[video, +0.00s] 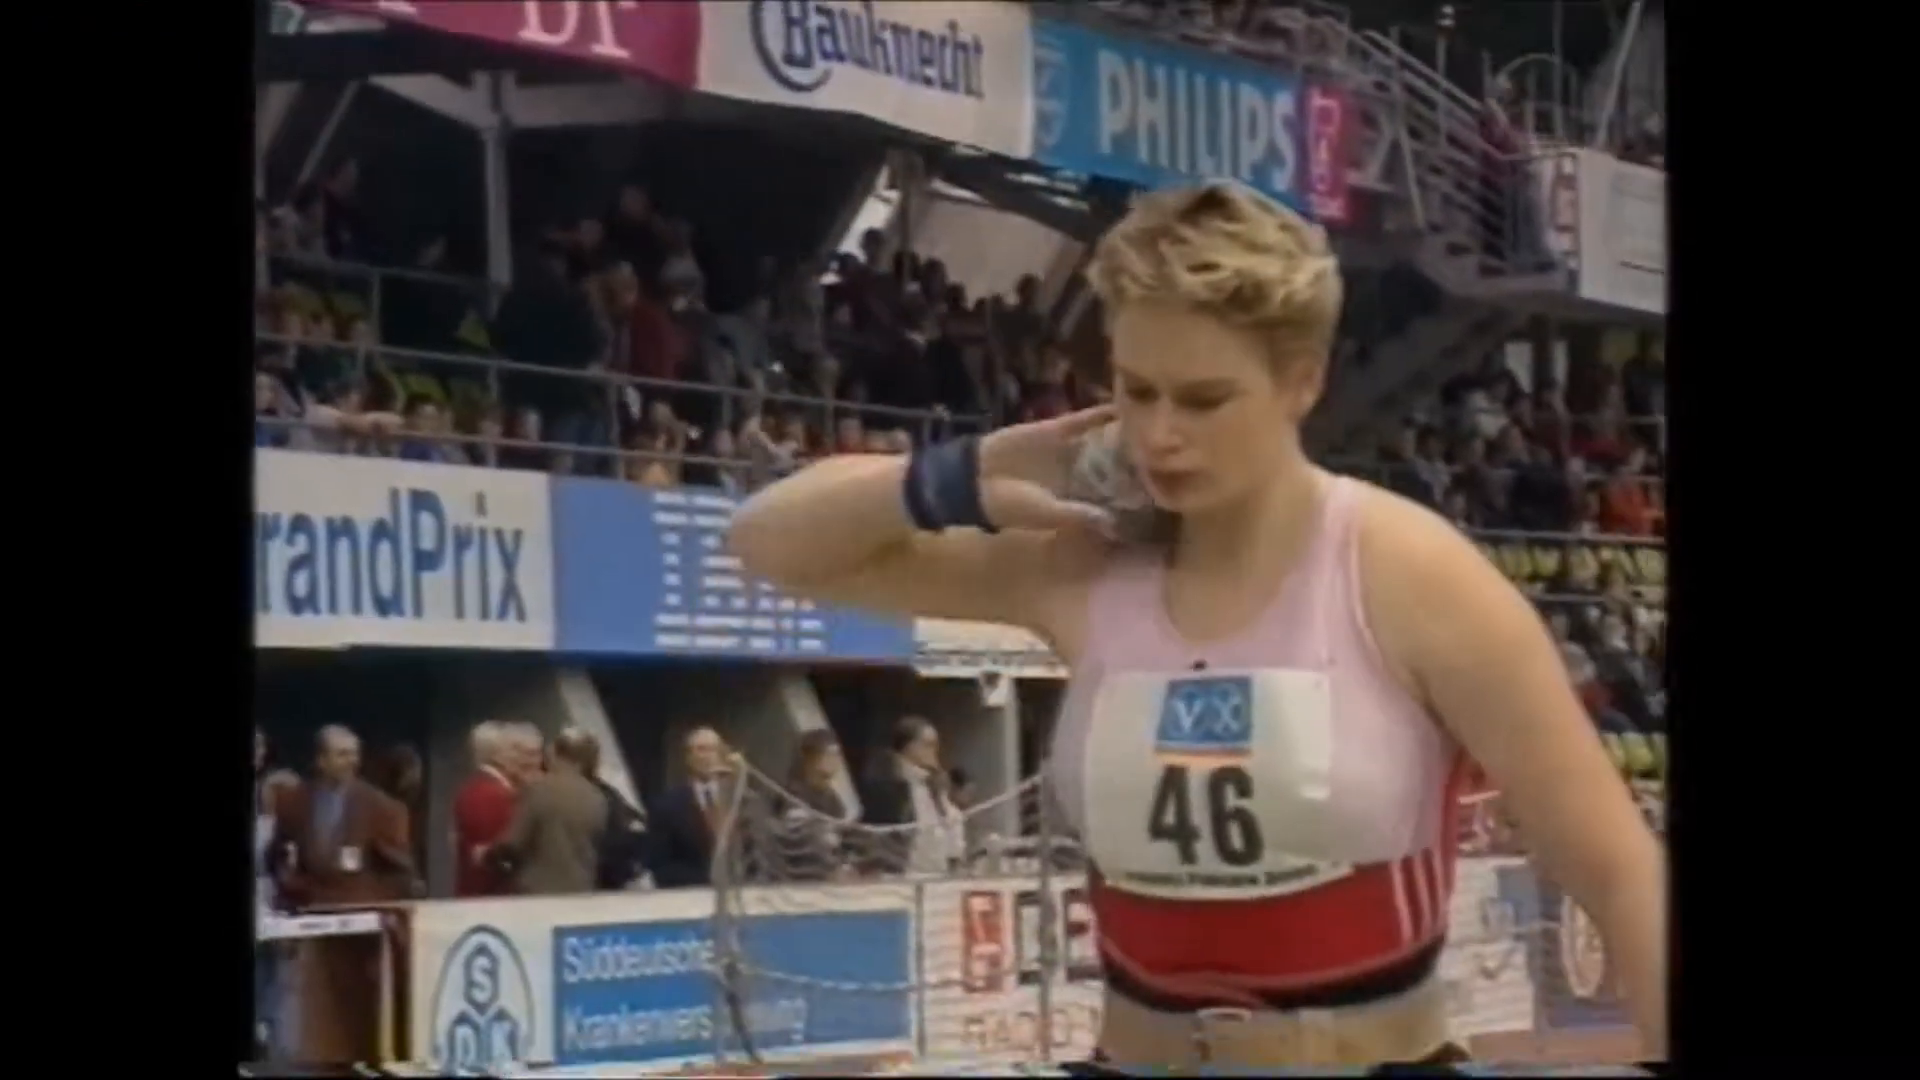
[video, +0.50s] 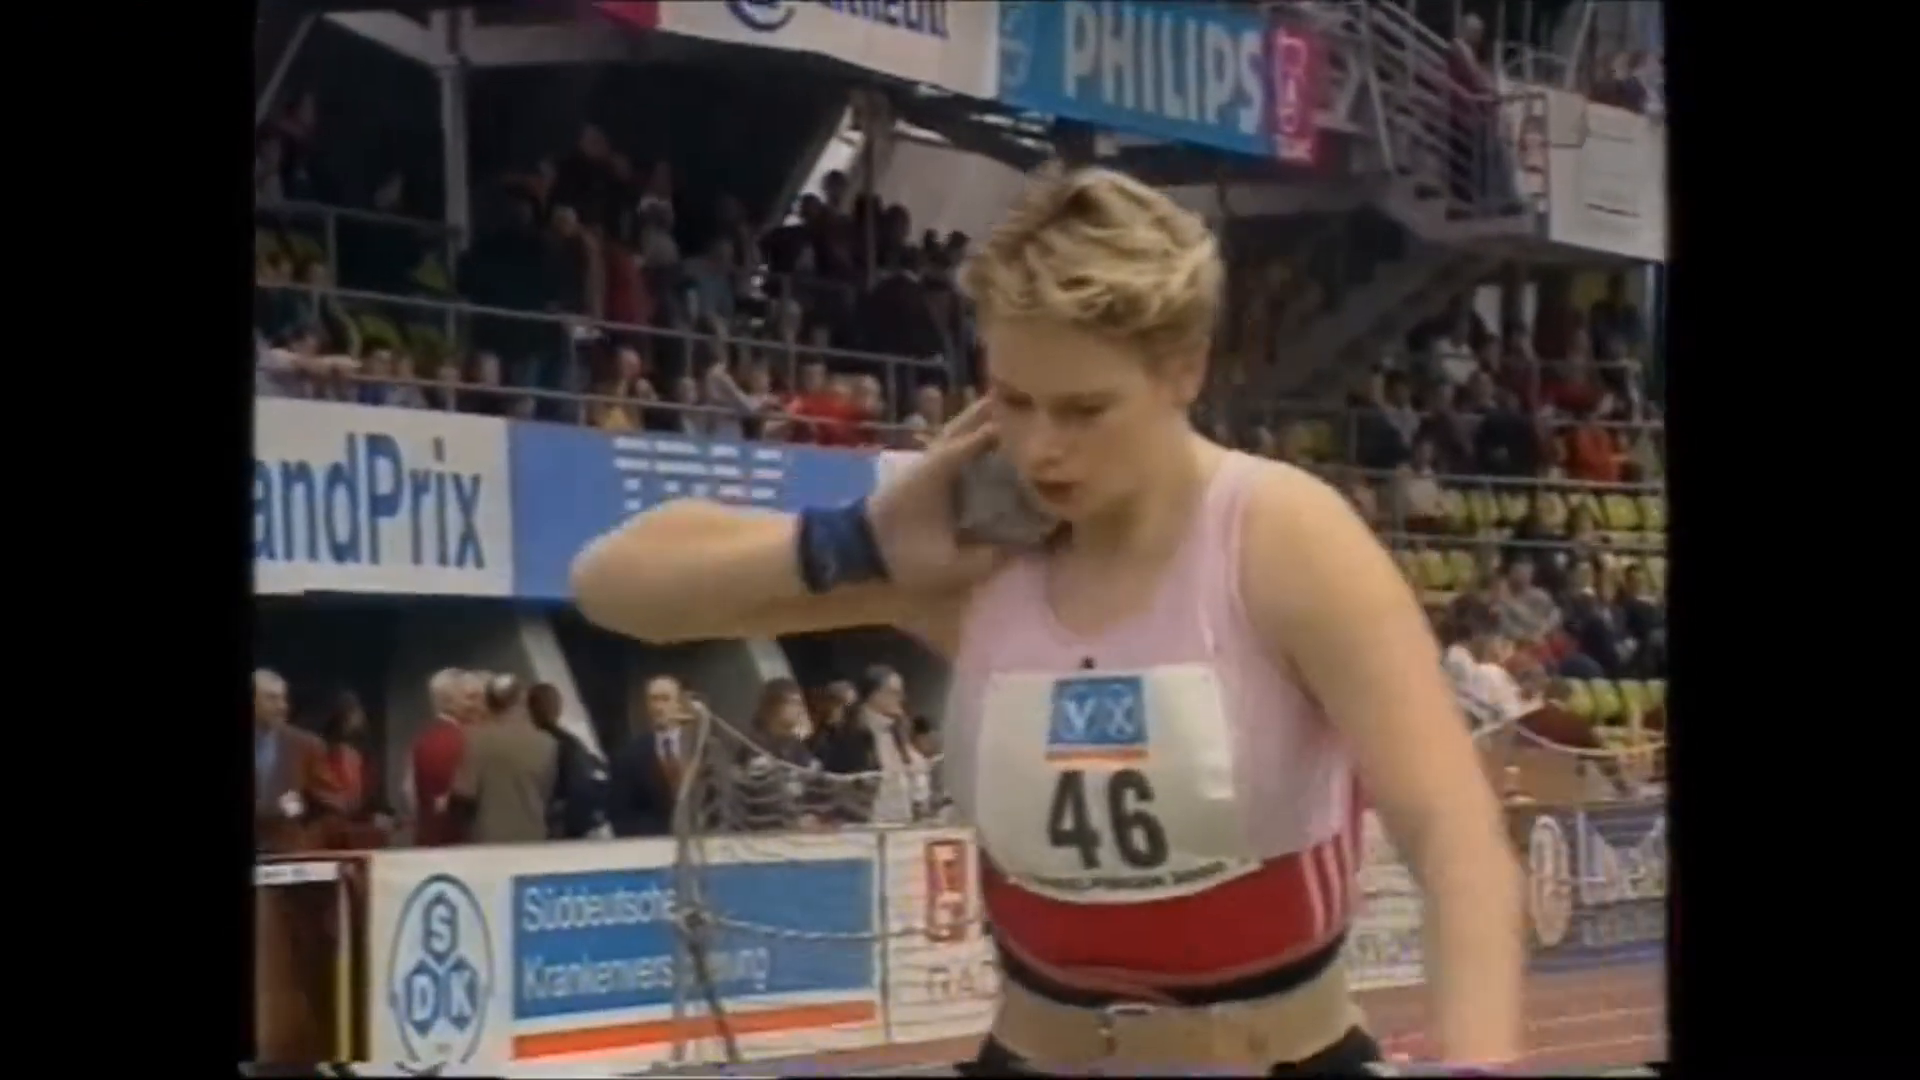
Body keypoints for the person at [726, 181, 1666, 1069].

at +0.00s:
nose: (1159, 438)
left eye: (1204, 399)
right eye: (1136, 393)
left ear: (1301, 381)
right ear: (1108, 379)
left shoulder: (1408, 570)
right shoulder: (1074, 572)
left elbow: (1621, 875)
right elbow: (770, 543)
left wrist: (1657, 1053)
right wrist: (982, 473)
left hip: (1371, 1055)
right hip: (1144, 1056)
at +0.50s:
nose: (1034, 448)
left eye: (1077, 409)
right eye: (1008, 400)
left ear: (1182, 371)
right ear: (986, 368)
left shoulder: (1287, 537)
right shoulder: (962, 545)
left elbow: (1463, 847)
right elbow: (606, 583)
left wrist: (1474, 1064)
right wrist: (861, 546)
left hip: (1276, 1059)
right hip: (1034, 1057)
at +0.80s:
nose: (834, 478)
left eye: (881, 431)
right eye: (794, 425)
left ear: (981, 375)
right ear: (759, 388)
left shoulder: (1108, 510)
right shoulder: (724, 538)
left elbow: (1289, 885)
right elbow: (359, 678)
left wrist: (1239, 1075)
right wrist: (654, 600)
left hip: (1161, 1031)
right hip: (910, 1042)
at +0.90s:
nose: (750, 512)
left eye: (797, 469)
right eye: (710, 463)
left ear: (908, 402)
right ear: (672, 416)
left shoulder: (1046, 519)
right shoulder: (654, 535)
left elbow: (1249, 934)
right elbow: (287, 724)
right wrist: (590, 642)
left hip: (1111, 1032)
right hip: (869, 1037)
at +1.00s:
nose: (717, 554)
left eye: (765, 508)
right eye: (677, 502)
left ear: (874, 426)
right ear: (641, 448)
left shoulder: (1024, 544)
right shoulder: (633, 548)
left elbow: (1241, 947)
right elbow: (273, 747)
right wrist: (556, 687)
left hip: (1104, 1042)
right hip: (855, 1049)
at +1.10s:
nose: (673, 643)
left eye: (723, 594)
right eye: (634, 592)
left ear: (837, 495)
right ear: (600, 528)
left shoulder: (1002, 594)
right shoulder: (556, 615)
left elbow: (1245, 1006)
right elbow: (263, 809)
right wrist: (518, 767)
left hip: (1100, 1042)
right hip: (851, 1048)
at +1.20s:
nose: (659, 707)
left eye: (705, 664)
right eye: (617, 665)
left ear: (818, 560)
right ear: (574, 594)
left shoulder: (996, 635)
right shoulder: (543, 647)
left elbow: (1251, 1041)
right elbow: (256, 867)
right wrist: (505, 814)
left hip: (1089, 1038)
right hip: (840, 1048)